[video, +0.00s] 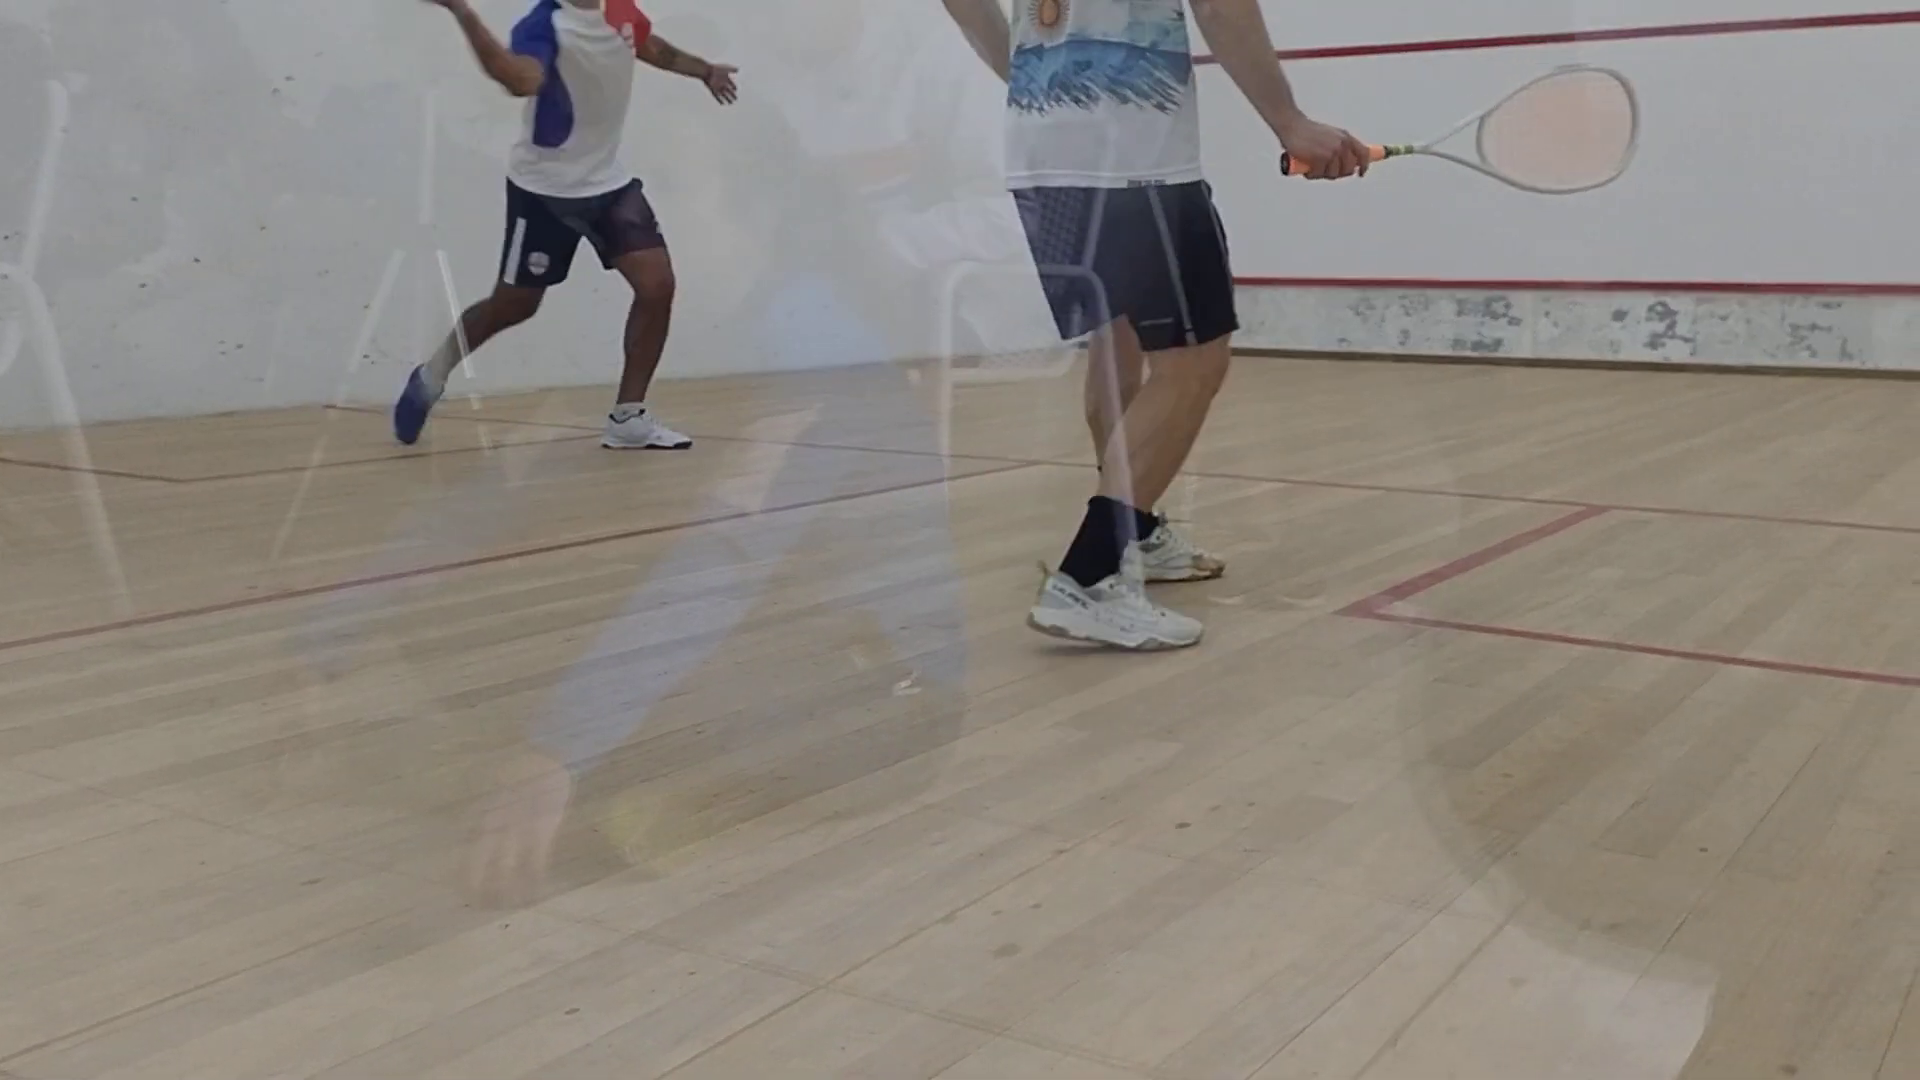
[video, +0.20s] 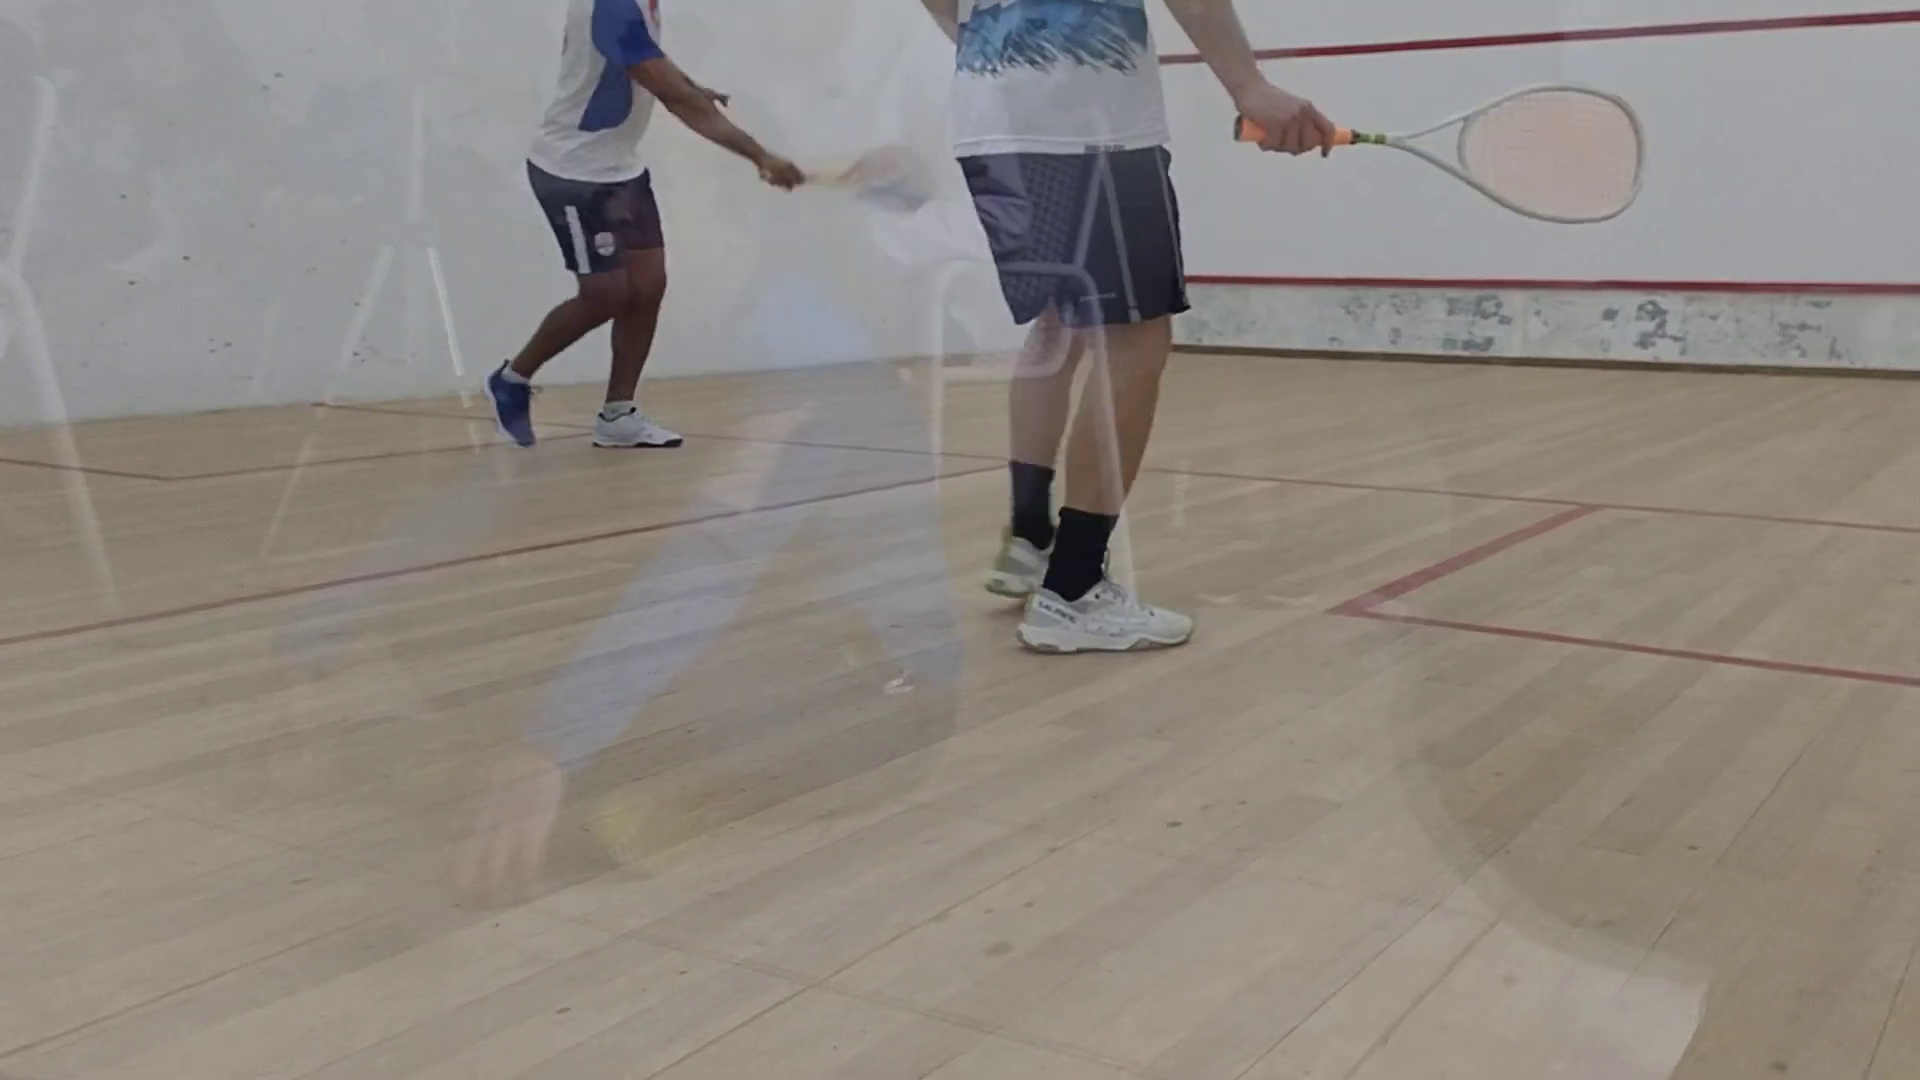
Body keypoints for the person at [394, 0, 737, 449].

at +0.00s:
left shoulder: (624, 13)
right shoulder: (543, 24)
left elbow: (653, 49)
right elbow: (522, 80)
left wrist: (705, 70)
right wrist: (463, 12)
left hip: (607, 181)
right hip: (542, 186)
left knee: (657, 286)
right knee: (516, 302)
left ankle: (627, 416)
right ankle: (430, 377)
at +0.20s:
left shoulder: (640, 6)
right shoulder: (613, 12)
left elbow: (642, 58)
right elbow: (680, 101)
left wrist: (692, 89)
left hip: (620, 162)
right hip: (568, 168)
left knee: (647, 286)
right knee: (605, 294)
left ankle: (617, 413)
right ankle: (512, 378)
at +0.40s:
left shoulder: (612, 3)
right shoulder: (663, 11)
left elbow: (579, 42)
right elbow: (661, 113)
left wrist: (615, 111)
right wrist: (687, 214)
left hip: (593, 154)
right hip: (617, 158)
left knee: (640, 288)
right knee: (680, 285)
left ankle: (607, 413)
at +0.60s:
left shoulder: (618, 4)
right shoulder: (688, 6)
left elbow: (576, 51)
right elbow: (679, 79)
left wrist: (564, 133)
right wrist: (690, 184)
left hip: (606, 145)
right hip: (660, 148)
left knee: (633, 275)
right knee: (718, 288)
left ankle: (606, 403)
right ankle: (695, 436)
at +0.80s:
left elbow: (590, 40)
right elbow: (700, 35)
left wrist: (632, 101)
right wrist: (725, 147)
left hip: (610, 127)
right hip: (678, 128)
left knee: (639, 269)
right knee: (705, 282)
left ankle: (607, 397)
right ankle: (691, 435)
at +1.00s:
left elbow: (596, 45)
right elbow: (697, 32)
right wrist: (747, 145)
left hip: (602, 124)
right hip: (686, 131)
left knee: (617, 290)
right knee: (707, 289)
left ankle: (599, 436)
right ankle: (691, 435)